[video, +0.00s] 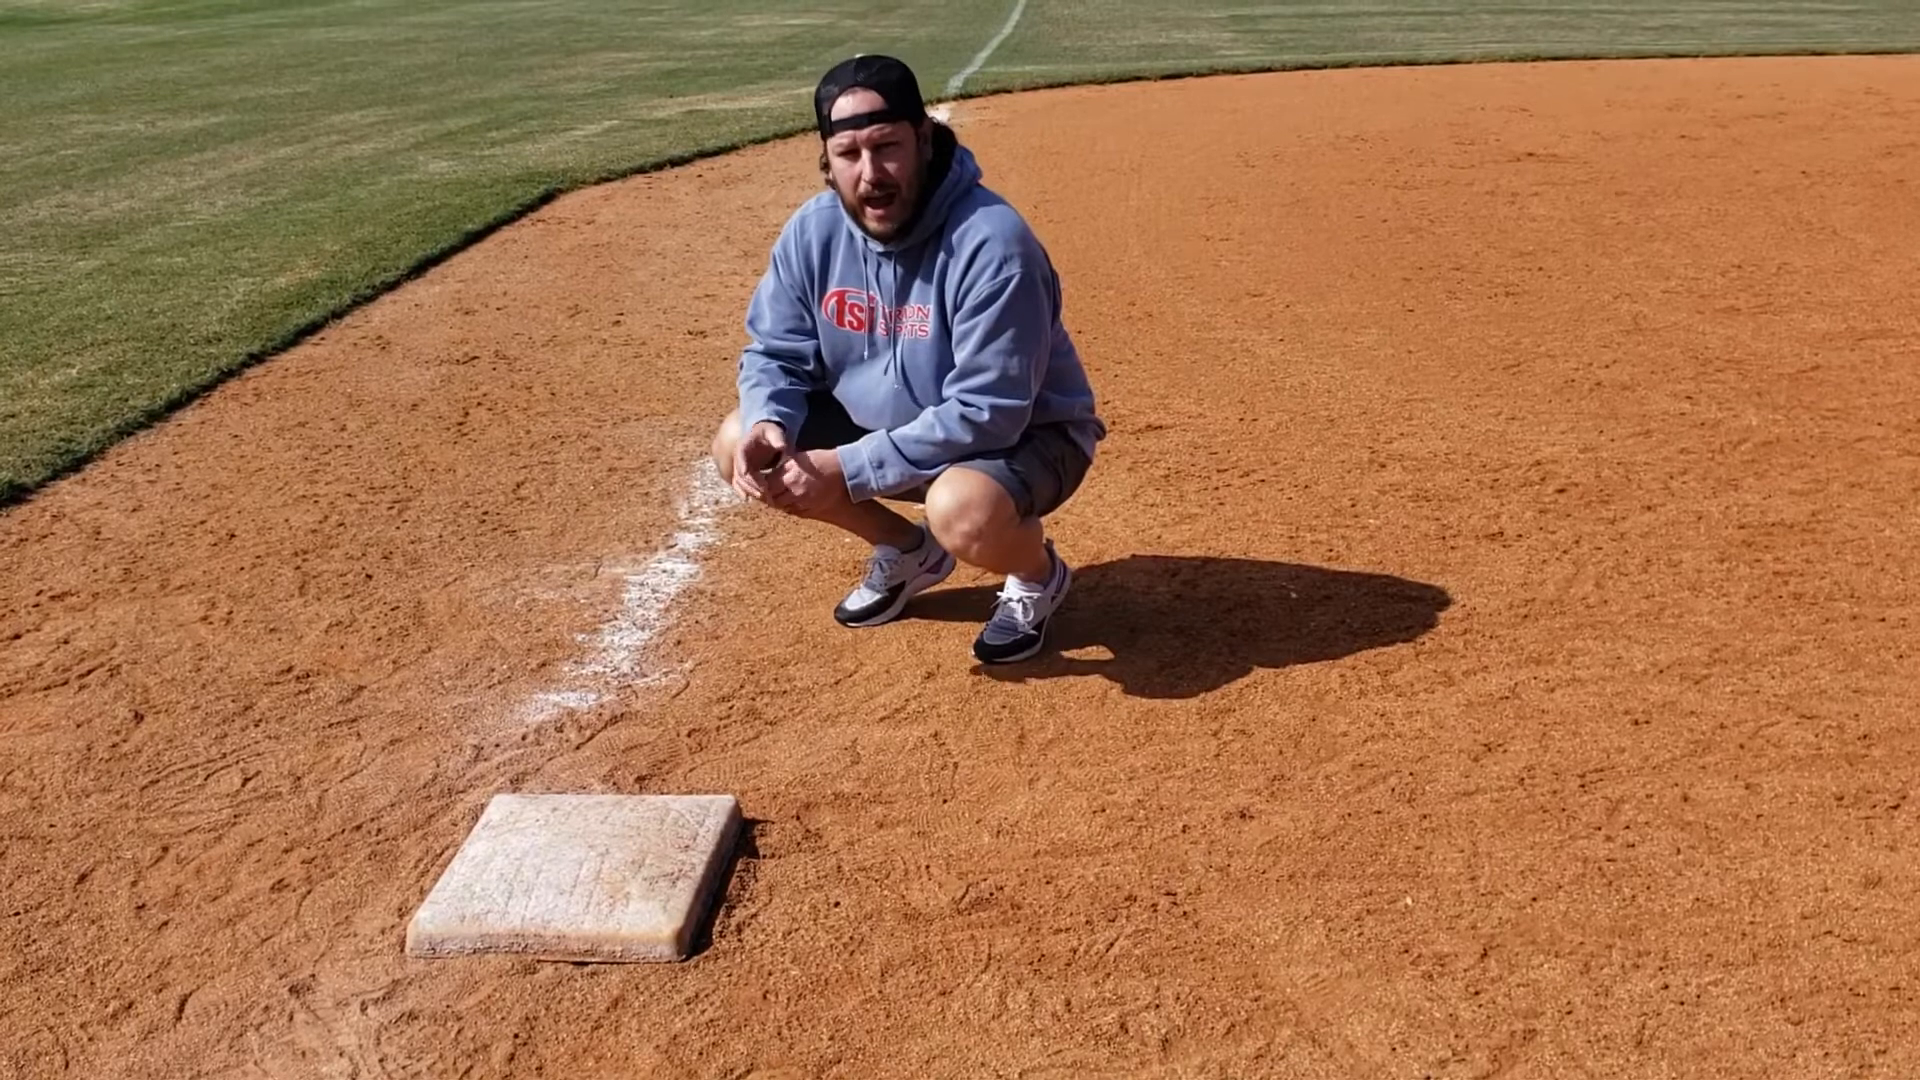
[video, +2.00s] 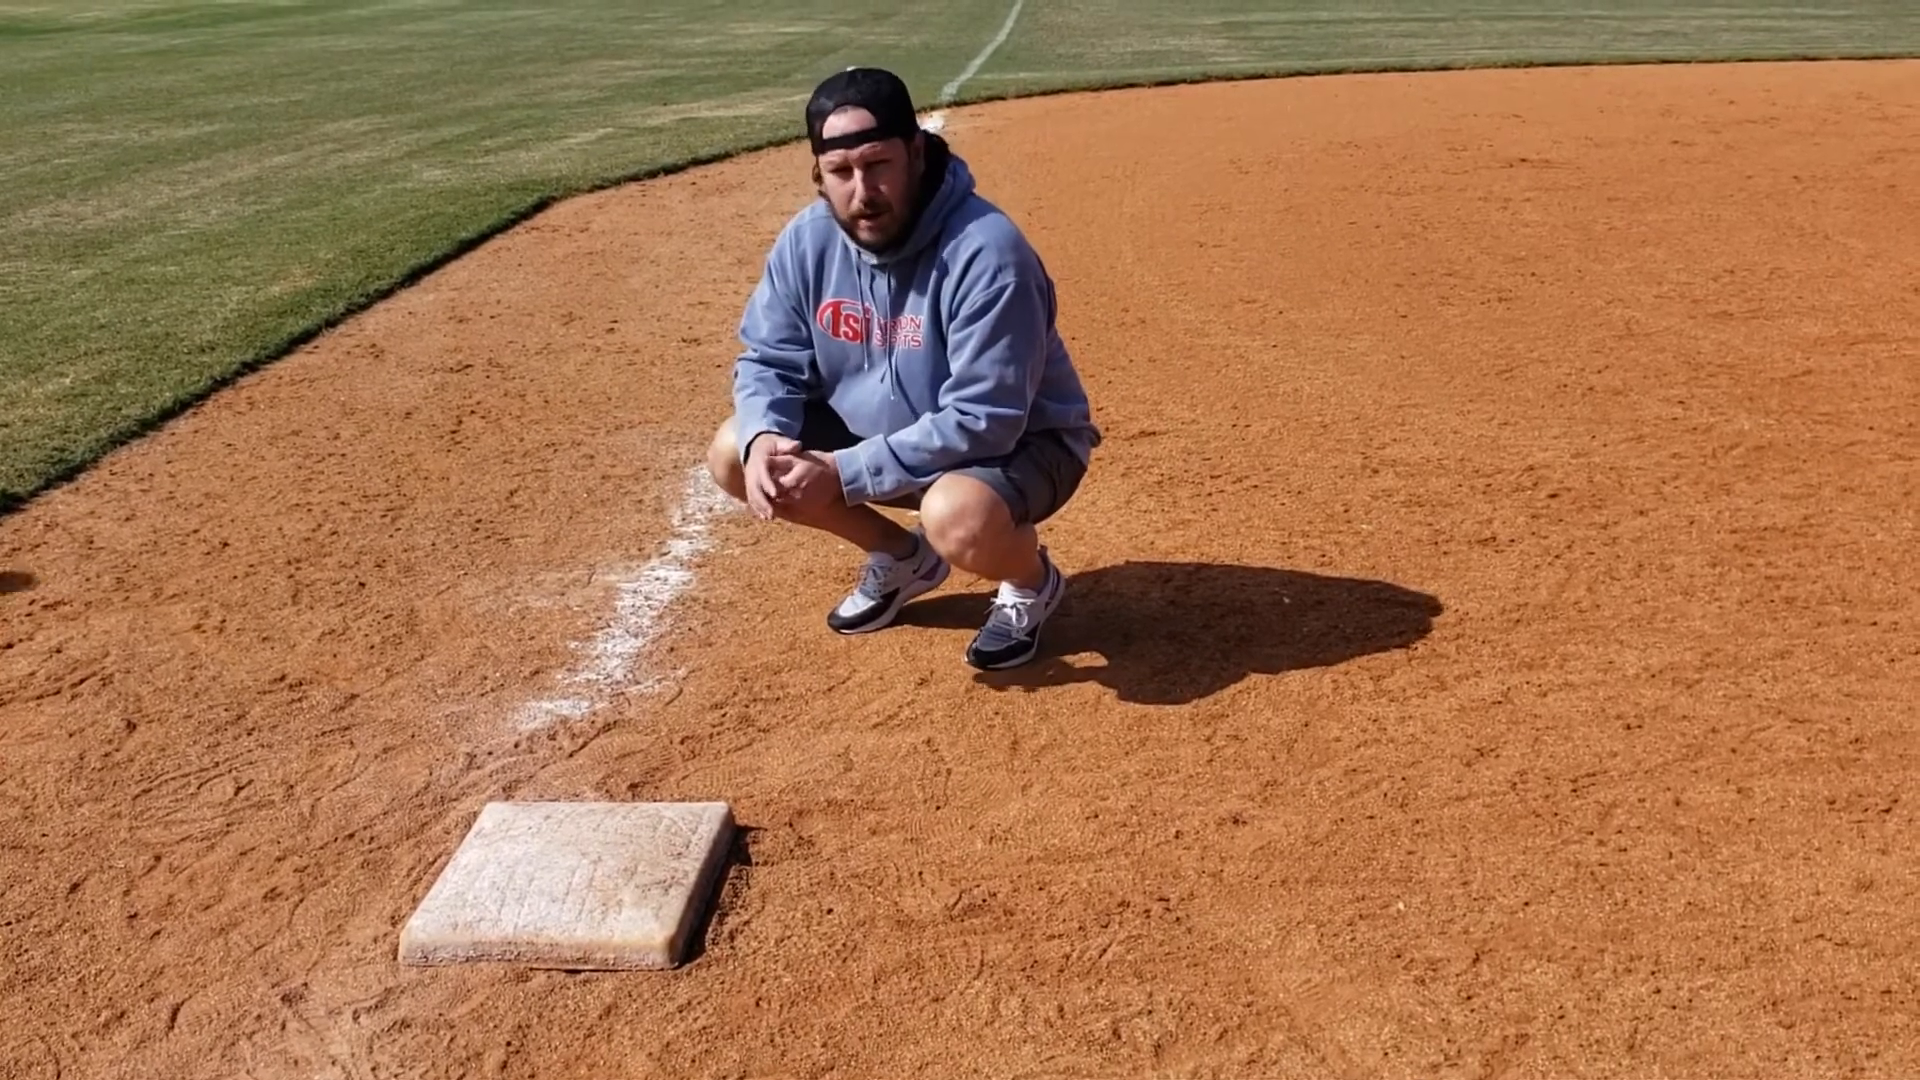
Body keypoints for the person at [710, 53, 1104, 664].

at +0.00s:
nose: (870, 174)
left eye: (887, 146)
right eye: (848, 154)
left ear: (925, 138)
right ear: (827, 161)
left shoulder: (992, 247)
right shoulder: (813, 232)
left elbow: (986, 415)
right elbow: (776, 351)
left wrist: (844, 470)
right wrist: (768, 424)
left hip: (1030, 433)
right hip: (893, 425)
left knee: (961, 510)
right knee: (743, 446)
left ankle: (1039, 576)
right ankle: (907, 549)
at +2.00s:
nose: (862, 193)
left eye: (878, 165)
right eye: (840, 171)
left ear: (918, 153)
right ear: (819, 174)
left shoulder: (988, 257)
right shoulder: (808, 240)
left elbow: (982, 423)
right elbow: (768, 357)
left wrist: (845, 474)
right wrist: (767, 434)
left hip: (1024, 441)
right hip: (889, 434)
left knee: (956, 516)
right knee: (736, 456)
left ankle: (1033, 583)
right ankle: (901, 555)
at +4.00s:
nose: (861, 198)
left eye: (878, 171)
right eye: (839, 177)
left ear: (917, 162)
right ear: (817, 182)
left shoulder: (983, 262)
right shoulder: (803, 249)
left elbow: (980, 428)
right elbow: (766, 365)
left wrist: (839, 481)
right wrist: (765, 441)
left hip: (1023, 447)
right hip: (887, 441)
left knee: (952, 524)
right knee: (734, 461)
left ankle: (1034, 589)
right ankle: (899, 561)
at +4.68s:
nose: (853, 204)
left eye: (874, 180)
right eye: (835, 183)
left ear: (915, 166)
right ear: (816, 179)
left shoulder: (984, 265)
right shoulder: (804, 251)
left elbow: (980, 428)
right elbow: (766, 367)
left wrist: (842, 481)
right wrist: (762, 443)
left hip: (1021, 449)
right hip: (882, 441)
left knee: (953, 524)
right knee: (735, 464)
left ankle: (1033, 591)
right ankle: (899, 563)